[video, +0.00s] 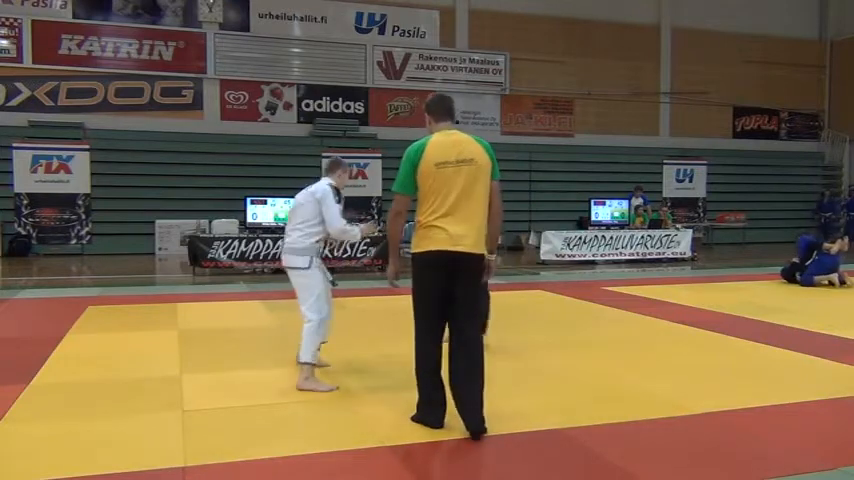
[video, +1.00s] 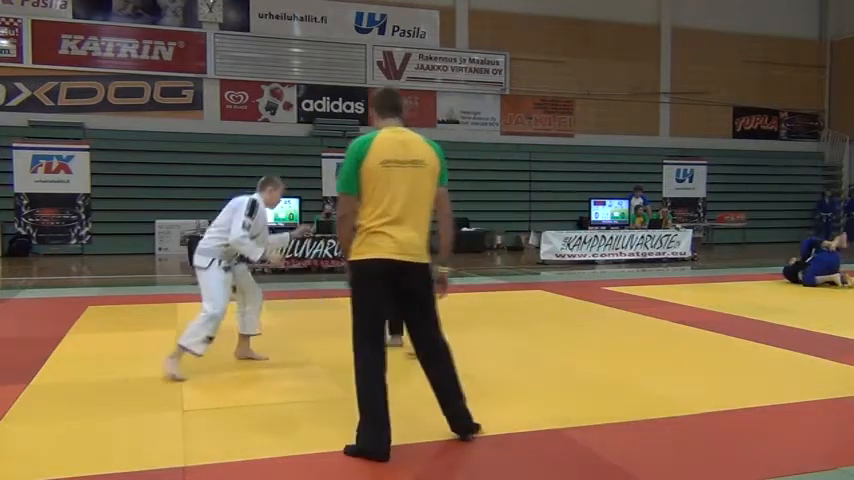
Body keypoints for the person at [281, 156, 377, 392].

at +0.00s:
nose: (349, 181)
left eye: (349, 176)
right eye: (348, 176)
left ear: (330, 172)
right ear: (341, 173)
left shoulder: (319, 189)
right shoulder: (326, 190)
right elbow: (336, 229)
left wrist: (357, 230)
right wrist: (361, 231)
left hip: (305, 256)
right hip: (301, 257)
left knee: (323, 306)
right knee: (316, 312)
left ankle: (309, 353)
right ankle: (306, 376)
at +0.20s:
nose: (338, 191)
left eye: (339, 186)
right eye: (338, 186)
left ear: (324, 182)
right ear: (329, 183)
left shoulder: (321, 203)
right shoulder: (310, 198)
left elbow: (314, 236)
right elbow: (302, 236)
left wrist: (339, 226)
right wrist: (329, 254)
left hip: (293, 259)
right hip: (279, 259)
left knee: (314, 300)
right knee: (298, 310)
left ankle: (305, 354)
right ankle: (298, 373)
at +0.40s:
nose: (320, 184)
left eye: (320, 179)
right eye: (318, 179)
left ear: (306, 176)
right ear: (309, 177)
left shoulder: (299, 197)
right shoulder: (290, 191)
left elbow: (286, 232)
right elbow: (283, 229)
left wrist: (314, 238)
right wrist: (313, 240)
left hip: (272, 257)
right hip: (258, 255)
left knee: (291, 300)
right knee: (269, 304)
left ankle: (301, 354)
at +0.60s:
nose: (292, 185)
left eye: (292, 180)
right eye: (291, 180)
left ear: (278, 177)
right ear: (281, 178)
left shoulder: (273, 200)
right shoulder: (259, 196)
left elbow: (268, 234)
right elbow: (269, 235)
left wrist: (300, 235)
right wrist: (303, 235)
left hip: (256, 265)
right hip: (236, 264)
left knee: (280, 298)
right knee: (223, 314)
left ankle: (296, 351)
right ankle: (196, 360)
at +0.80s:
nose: (288, 181)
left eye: (289, 177)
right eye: (288, 176)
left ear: (275, 172)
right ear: (278, 173)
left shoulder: (269, 196)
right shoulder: (253, 186)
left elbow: (255, 225)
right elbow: (247, 224)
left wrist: (279, 230)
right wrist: (277, 233)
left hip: (245, 251)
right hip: (223, 250)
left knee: (258, 294)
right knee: (221, 303)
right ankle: (198, 358)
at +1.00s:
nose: (280, 199)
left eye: (281, 195)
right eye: (280, 194)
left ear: (268, 190)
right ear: (270, 190)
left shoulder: (261, 214)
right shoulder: (248, 203)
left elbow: (263, 243)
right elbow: (237, 239)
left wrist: (293, 235)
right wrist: (264, 255)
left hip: (233, 260)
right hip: (211, 258)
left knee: (253, 295)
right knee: (215, 310)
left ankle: (243, 347)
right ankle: (174, 357)